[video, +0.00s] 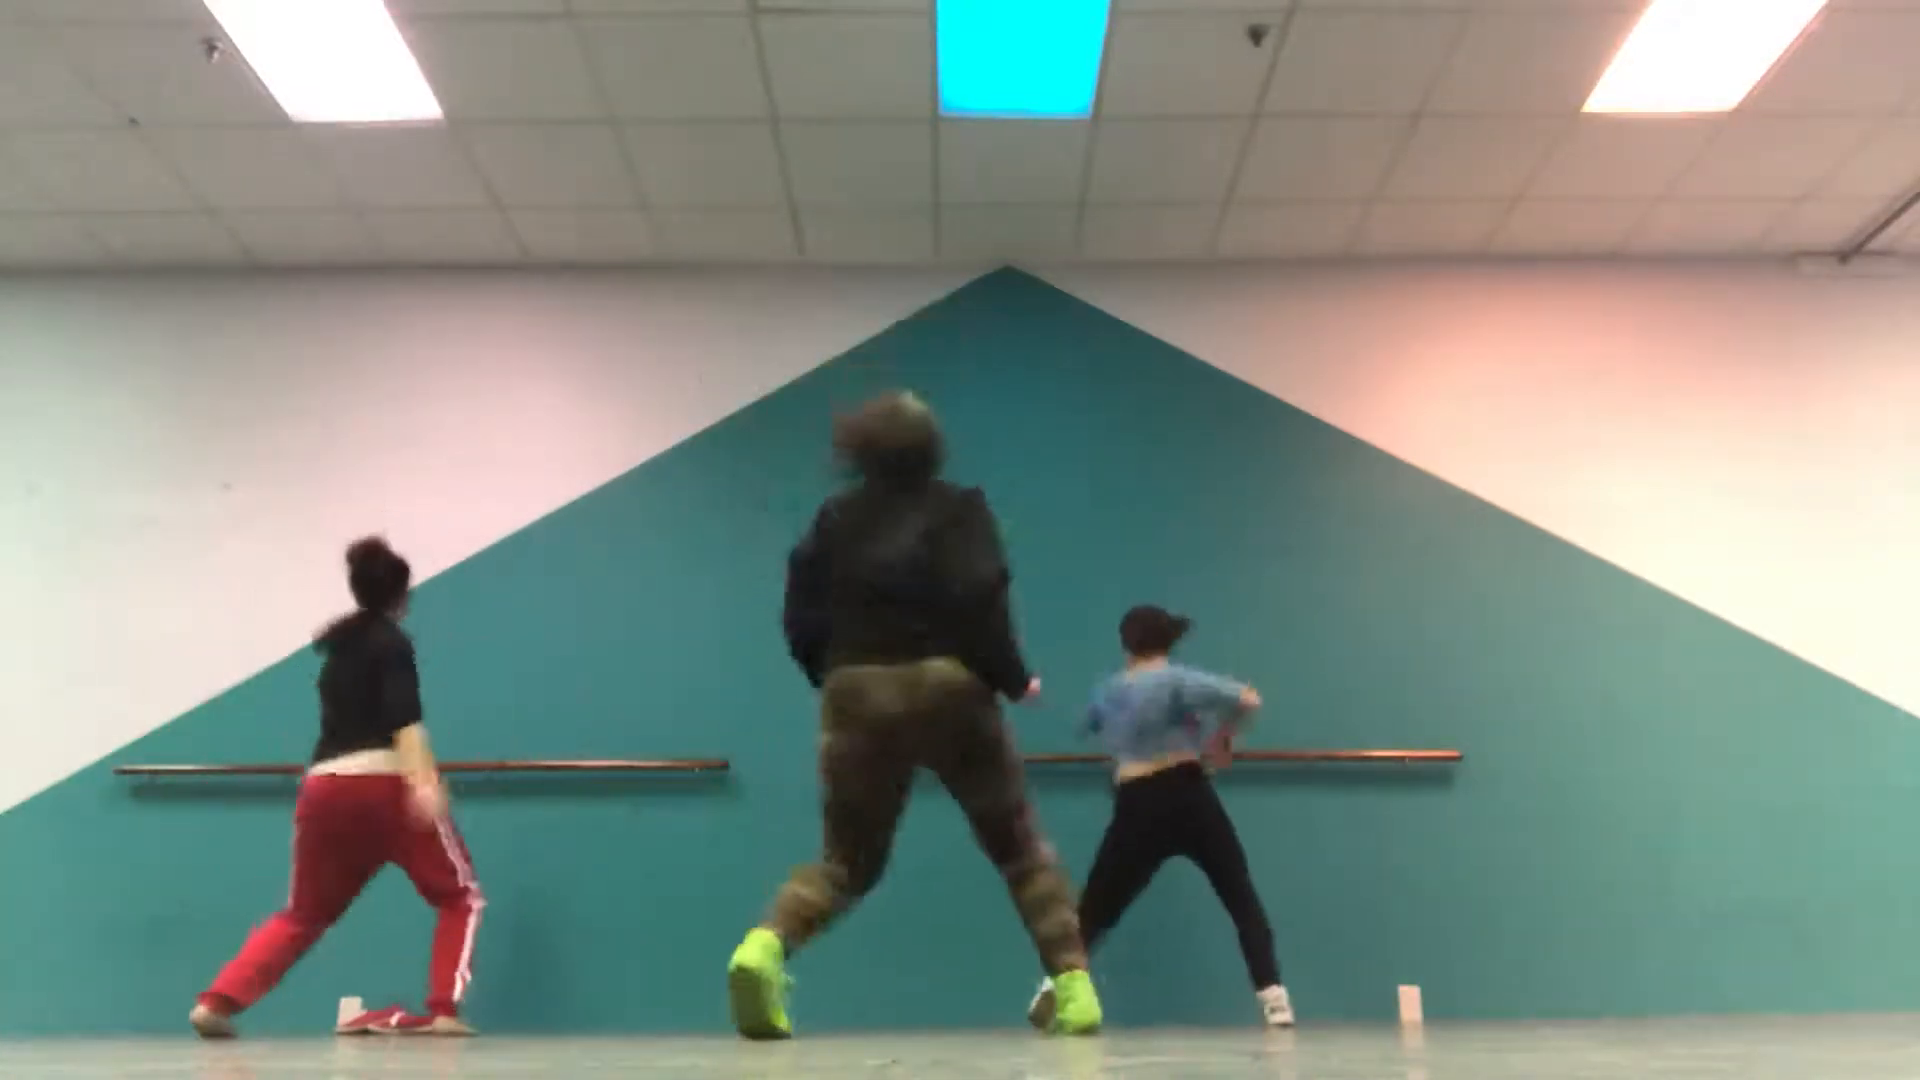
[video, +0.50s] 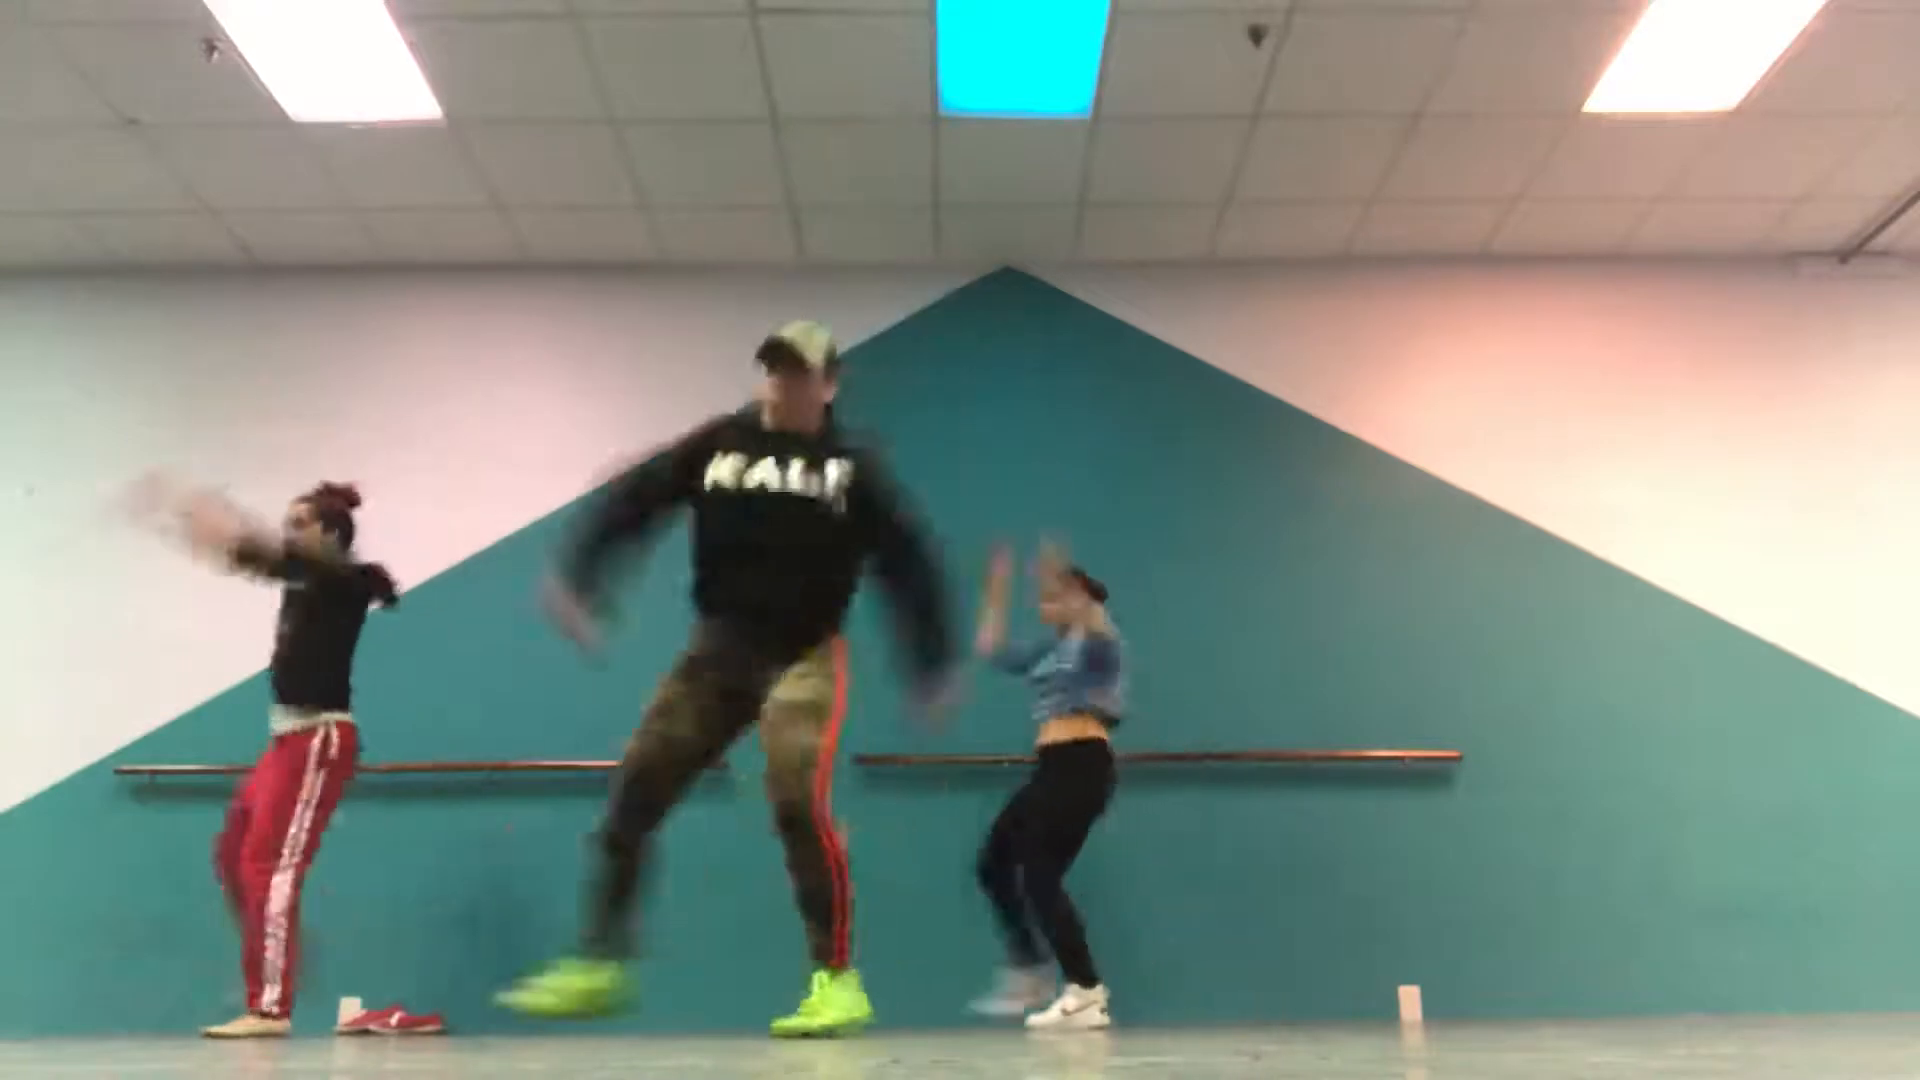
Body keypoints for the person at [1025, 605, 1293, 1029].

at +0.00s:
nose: (1171, 649)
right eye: (1171, 642)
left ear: (1128, 646)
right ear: (1168, 644)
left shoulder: (1110, 690)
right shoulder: (1178, 679)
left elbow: (1086, 729)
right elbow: (1248, 699)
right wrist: (1224, 738)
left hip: (1137, 799)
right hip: (1188, 791)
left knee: (1100, 900)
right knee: (1238, 893)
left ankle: (1058, 982)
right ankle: (1272, 993)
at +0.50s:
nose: (1046, 608)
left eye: (1056, 597)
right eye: (1044, 599)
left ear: (1083, 600)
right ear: (1045, 605)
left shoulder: (1100, 645)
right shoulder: (1049, 650)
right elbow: (991, 648)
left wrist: (1090, 612)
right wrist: (998, 586)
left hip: (1085, 760)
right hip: (1051, 762)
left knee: (1040, 872)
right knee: (996, 864)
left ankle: (1084, 989)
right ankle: (1028, 972)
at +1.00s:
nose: (1040, 579)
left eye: (1052, 571)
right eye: (1036, 571)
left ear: (1074, 585)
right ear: (1030, 583)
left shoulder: (1072, 628)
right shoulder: (1036, 634)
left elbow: (1096, 685)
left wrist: (1100, 739)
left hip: (1064, 738)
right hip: (1033, 741)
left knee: (1047, 863)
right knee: (1026, 864)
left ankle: (1081, 987)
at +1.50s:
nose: (1120, 625)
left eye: (1129, 616)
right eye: (1112, 619)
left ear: (1151, 621)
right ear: (1107, 629)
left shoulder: (1142, 656)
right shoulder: (1134, 666)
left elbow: (1131, 707)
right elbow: (1134, 736)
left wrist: (1075, 733)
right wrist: (1095, 765)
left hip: (1145, 778)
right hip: (1151, 785)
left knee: (1044, 828)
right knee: (1155, 911)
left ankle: (1082, 934)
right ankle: (1238, 985)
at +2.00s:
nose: (1114, 625)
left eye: (1122, 614)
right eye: (1105, 620)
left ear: (1144, 616)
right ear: (1100, 630)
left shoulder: (1143, 656)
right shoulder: (1127, 665)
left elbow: (1105, 704)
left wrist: (1050, 750)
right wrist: (1093, 758)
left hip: (1135, 774)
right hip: (1138, 778)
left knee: (1039, 817)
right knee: (1142, 894)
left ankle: (1064, 935)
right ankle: (1222, 978)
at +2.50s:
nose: (1023, 630)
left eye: (1033, 620)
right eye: (1015, 625)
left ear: (1056, 624)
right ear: (1010, 635)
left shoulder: (1046, 658)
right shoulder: (1021, 676)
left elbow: (988, 705)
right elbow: (976, 739)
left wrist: (940, 740)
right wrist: (928, 775)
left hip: (1046, 789)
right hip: (1012, 792)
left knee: (1019, 903)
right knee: (941, 873)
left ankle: (1097, 985)